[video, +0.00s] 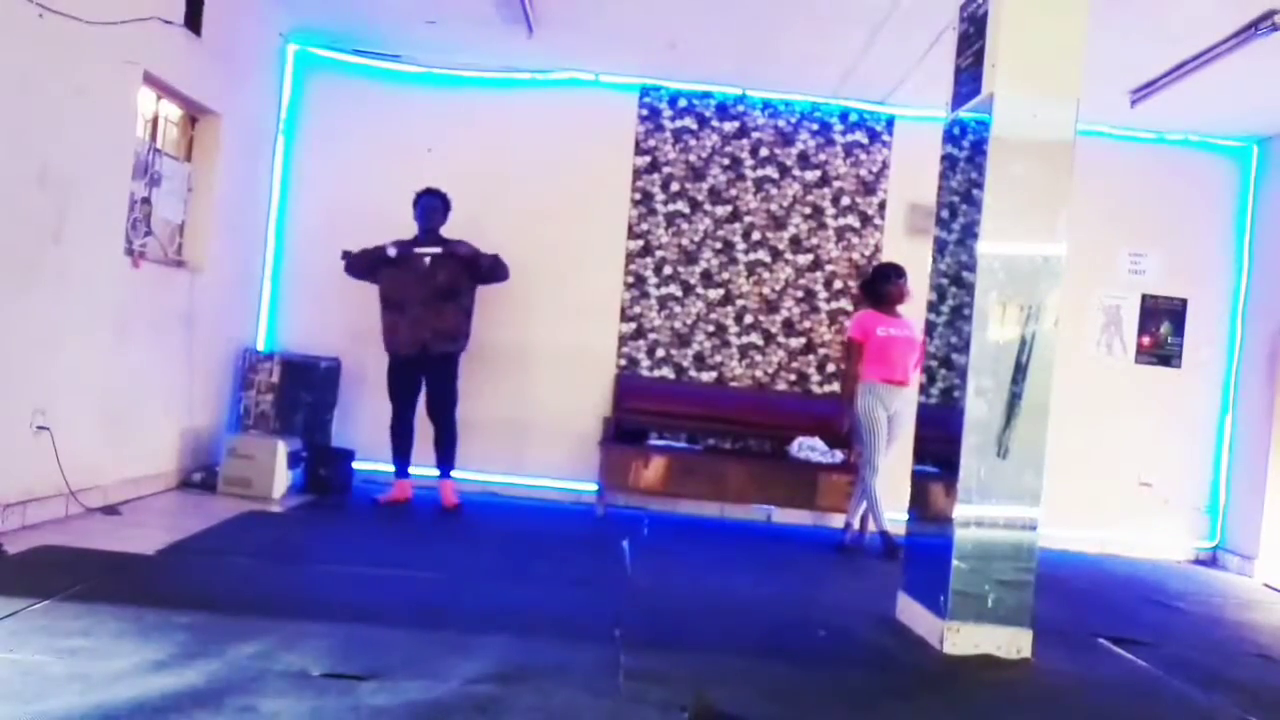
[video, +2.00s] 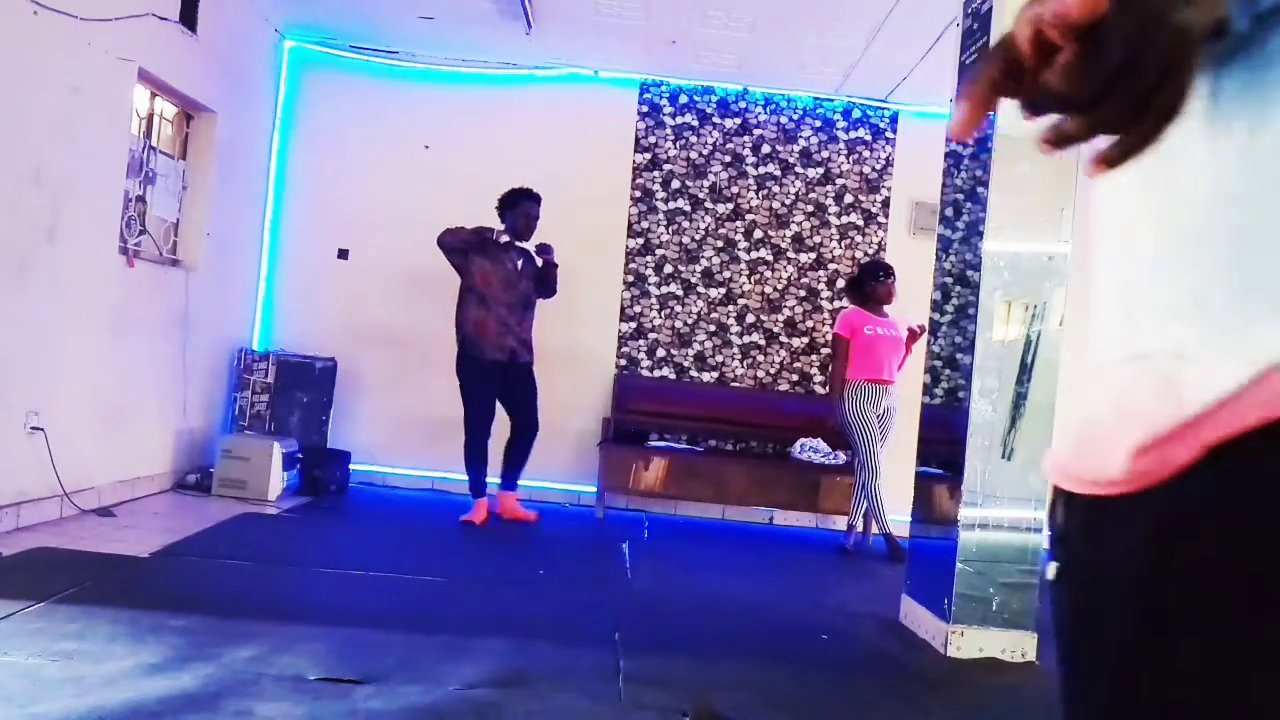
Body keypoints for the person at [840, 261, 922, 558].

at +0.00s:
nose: (905, 289)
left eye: (905, 283)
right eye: (898, 283)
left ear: (904, 288)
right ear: (881, 288)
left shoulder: (907, 325)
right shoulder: (864, 320)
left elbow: (914, 367)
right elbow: (852, 366)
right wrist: (847, 408)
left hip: (901, 392)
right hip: (872, 388)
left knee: (876, 463)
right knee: (872, 461)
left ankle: (851, 527)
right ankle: (882, 531)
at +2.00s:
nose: (895, 287)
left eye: (894, 281)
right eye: (888, 281)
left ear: (883, 287)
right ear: (871, 286)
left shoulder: (894, 325)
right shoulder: (850, 316)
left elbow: (894, 368)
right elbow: (838, 364)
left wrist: (910, 343)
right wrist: (835, 404)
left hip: (887, 397)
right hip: (857, 394)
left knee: (870, 464)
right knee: (870, 462)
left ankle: (854, 533)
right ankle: (888, 535)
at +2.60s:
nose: (893, 285)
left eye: (893, 279)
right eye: (886, 280)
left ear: (890, 286)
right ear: (870, 285)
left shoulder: (893, 326)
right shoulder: (850, 316)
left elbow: (893, 370)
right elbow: (836, 362)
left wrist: (908, 350)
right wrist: (832, 403)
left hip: (884, 396)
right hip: (856, 392)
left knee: (872, 458)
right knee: (869, 456)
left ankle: (857, 527)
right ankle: (858, 527)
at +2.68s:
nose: (893, 287)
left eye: (893, 281)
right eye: (887, 281)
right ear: (871, 286)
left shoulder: (892, 324)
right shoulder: (849, 316)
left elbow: (894, 363)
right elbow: (836, 363)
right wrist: (830, 405)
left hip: (884, 394)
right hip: (855, 392)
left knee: (885, 449)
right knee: (862, 451)